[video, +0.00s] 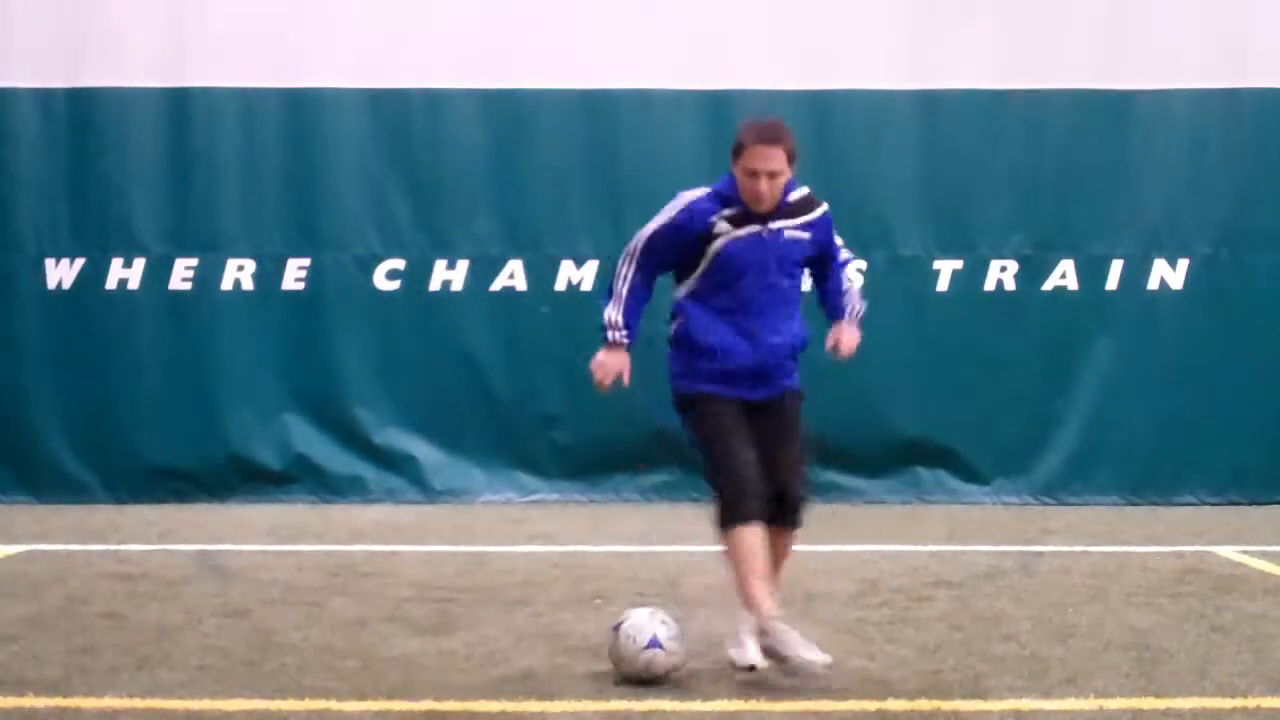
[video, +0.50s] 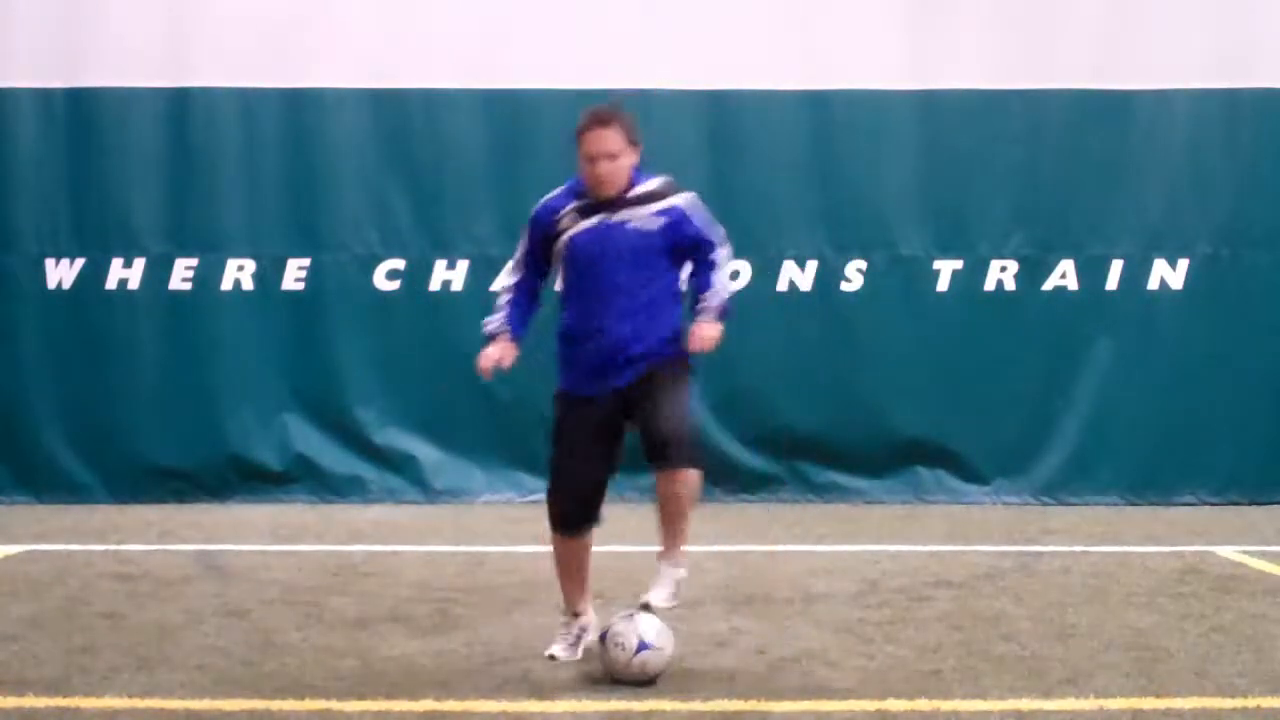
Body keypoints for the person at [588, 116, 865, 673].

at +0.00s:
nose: (763, 188)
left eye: (774, 176)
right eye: (752, 175)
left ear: (790, 171)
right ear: (734, 169)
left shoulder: (810, 212)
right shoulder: (701, 212)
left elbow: (837, 266)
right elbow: (638, 260)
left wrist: (846, 316)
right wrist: (616, 340)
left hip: (777, 377)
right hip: (709, 379)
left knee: (786, 494)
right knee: (743, 488)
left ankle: (752, 624)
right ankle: (770, 624)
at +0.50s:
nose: (600, 169)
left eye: (610, 157)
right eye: (590, 159)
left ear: (634, 154)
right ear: (578, 161)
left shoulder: (669, 201)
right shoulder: (555, 214)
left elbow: (715, 254)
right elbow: (523, 276)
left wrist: (709, 314)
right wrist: (504, 333)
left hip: (657, 366)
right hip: (586, 378)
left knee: (676, 444)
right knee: (568, 503)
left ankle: (672, 562)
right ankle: (578, 618)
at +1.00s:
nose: (476, 238)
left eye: (487, 225)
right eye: (467, 226)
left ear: (511, 216)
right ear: (454, 219)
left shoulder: (544, 268)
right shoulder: (446, 250)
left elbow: (591, 342)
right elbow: (418, 287)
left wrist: (612, 416)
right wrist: (382, 313)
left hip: (542, 416)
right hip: (494, 415)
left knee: (476, 523)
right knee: (495, 530)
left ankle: (495, 650)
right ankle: (617, 541)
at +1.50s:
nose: (539, 209)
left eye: (548, 196)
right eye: (528, 198)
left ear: (563, 194)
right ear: (506, 199)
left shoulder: (597, 245)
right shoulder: (480, 249)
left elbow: (639, 309)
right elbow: (447, 306)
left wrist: (662, 369)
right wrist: (425, 359)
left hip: (590, 399)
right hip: (514, 407)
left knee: (632, 483)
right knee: (486, 522)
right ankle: (496, 630)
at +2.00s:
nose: (733, 174)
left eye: (742, 162)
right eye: (720, 162)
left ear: (757, 161)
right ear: (698, 162)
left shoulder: (778, 207)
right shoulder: (663, 212)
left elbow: (801, 269)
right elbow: (619, 280)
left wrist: (813, 311)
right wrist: (602, 350)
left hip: (743, 364)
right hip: (677, 353)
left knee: (758, 489)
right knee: (724, 429)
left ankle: (712, 609)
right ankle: (712, 565)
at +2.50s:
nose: (796, 211)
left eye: (807, 199)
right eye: (784, 198)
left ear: (820, 196)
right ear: (763, 191)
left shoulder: (835, 238)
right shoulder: (722, 233)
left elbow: (870, 287)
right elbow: (654, 289)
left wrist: (899, 329)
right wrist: (622, 354)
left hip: (785, 396)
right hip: (722, 395)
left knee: (824, 504)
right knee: (784, 507)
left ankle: (726, 585)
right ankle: (808, 647)